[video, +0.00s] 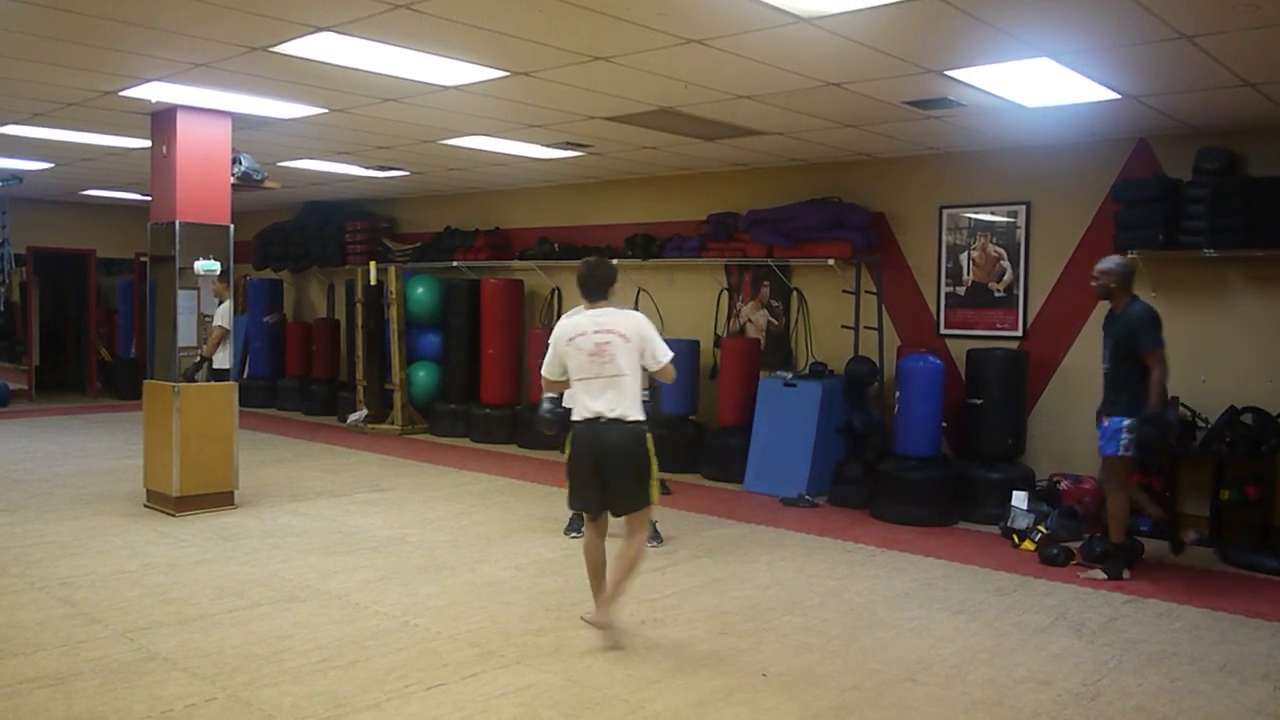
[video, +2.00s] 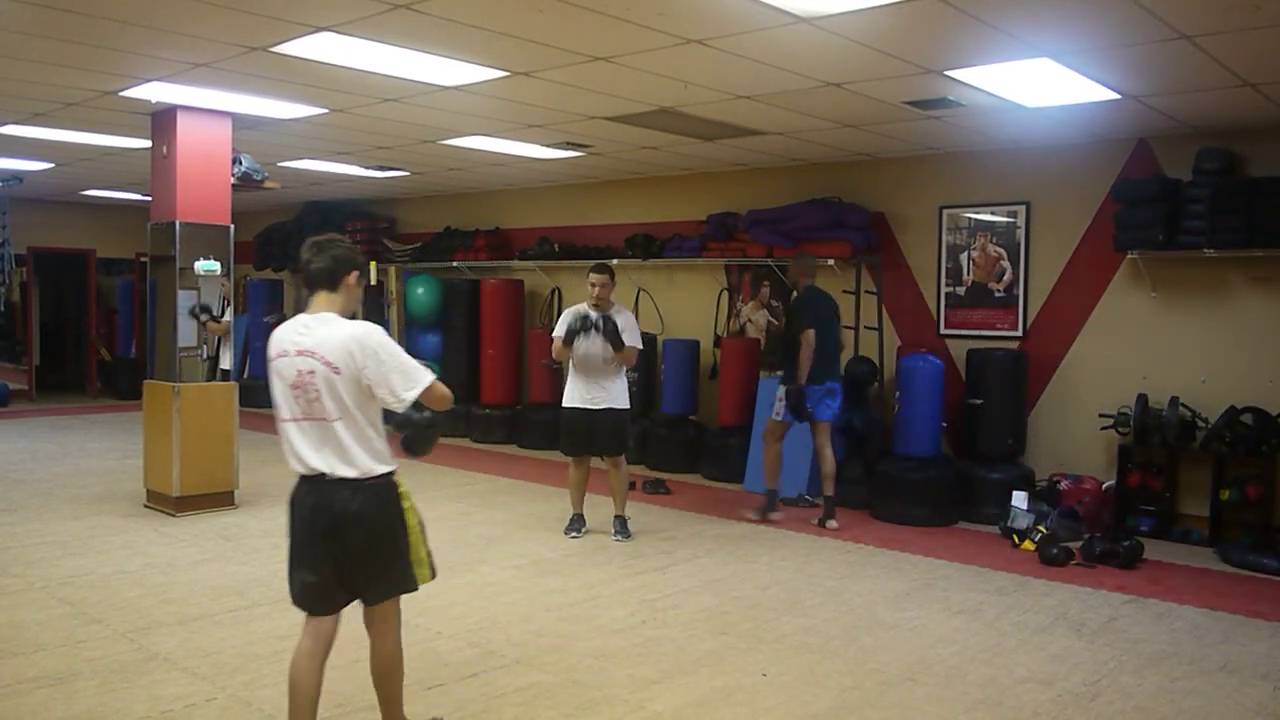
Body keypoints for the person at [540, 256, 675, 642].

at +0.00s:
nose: (618, 289)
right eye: (616, 283)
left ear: (580, 288)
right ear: (614, 288)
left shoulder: (564, 326)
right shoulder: (635, 322)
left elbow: (550, 384)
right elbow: (668, 373)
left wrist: (585, 370)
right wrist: (632, 355)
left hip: (584, 437)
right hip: (629, 436)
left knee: (593, 526)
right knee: (636, 532)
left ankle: (603, 613)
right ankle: (604, 605)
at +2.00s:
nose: (362, 290)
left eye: (362, 283)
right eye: (361, 282)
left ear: (307, 281)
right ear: (350, 280)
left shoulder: (280, 338)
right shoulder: (362, 336)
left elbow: (315, 404)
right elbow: (440, 398)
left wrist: (389, 428)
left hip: (311, 499)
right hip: (371, 501)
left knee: (316, 631)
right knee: (384, 629)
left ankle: (300, 717)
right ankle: (395, 717)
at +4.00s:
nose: (153, 273)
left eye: (155, 260)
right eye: (155, 260)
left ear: (71, 258)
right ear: (142, 262)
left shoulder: (14, 349)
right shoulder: (163, 341)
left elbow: (9, 481)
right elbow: (206, 489)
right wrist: (213, 407)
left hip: (43, 603)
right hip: (147, 610)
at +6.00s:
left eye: (482, 291)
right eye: (542, 286)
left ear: (482, 295)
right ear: (537, 289)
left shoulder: (461, 349)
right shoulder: (571, 345)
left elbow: (453, 435)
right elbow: (607, 432)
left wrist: (506, 426)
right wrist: (553, 418)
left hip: (481, 518)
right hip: (549, 519)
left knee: (495, 645)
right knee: (550, 646)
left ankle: (491, 719)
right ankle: (536, 715)